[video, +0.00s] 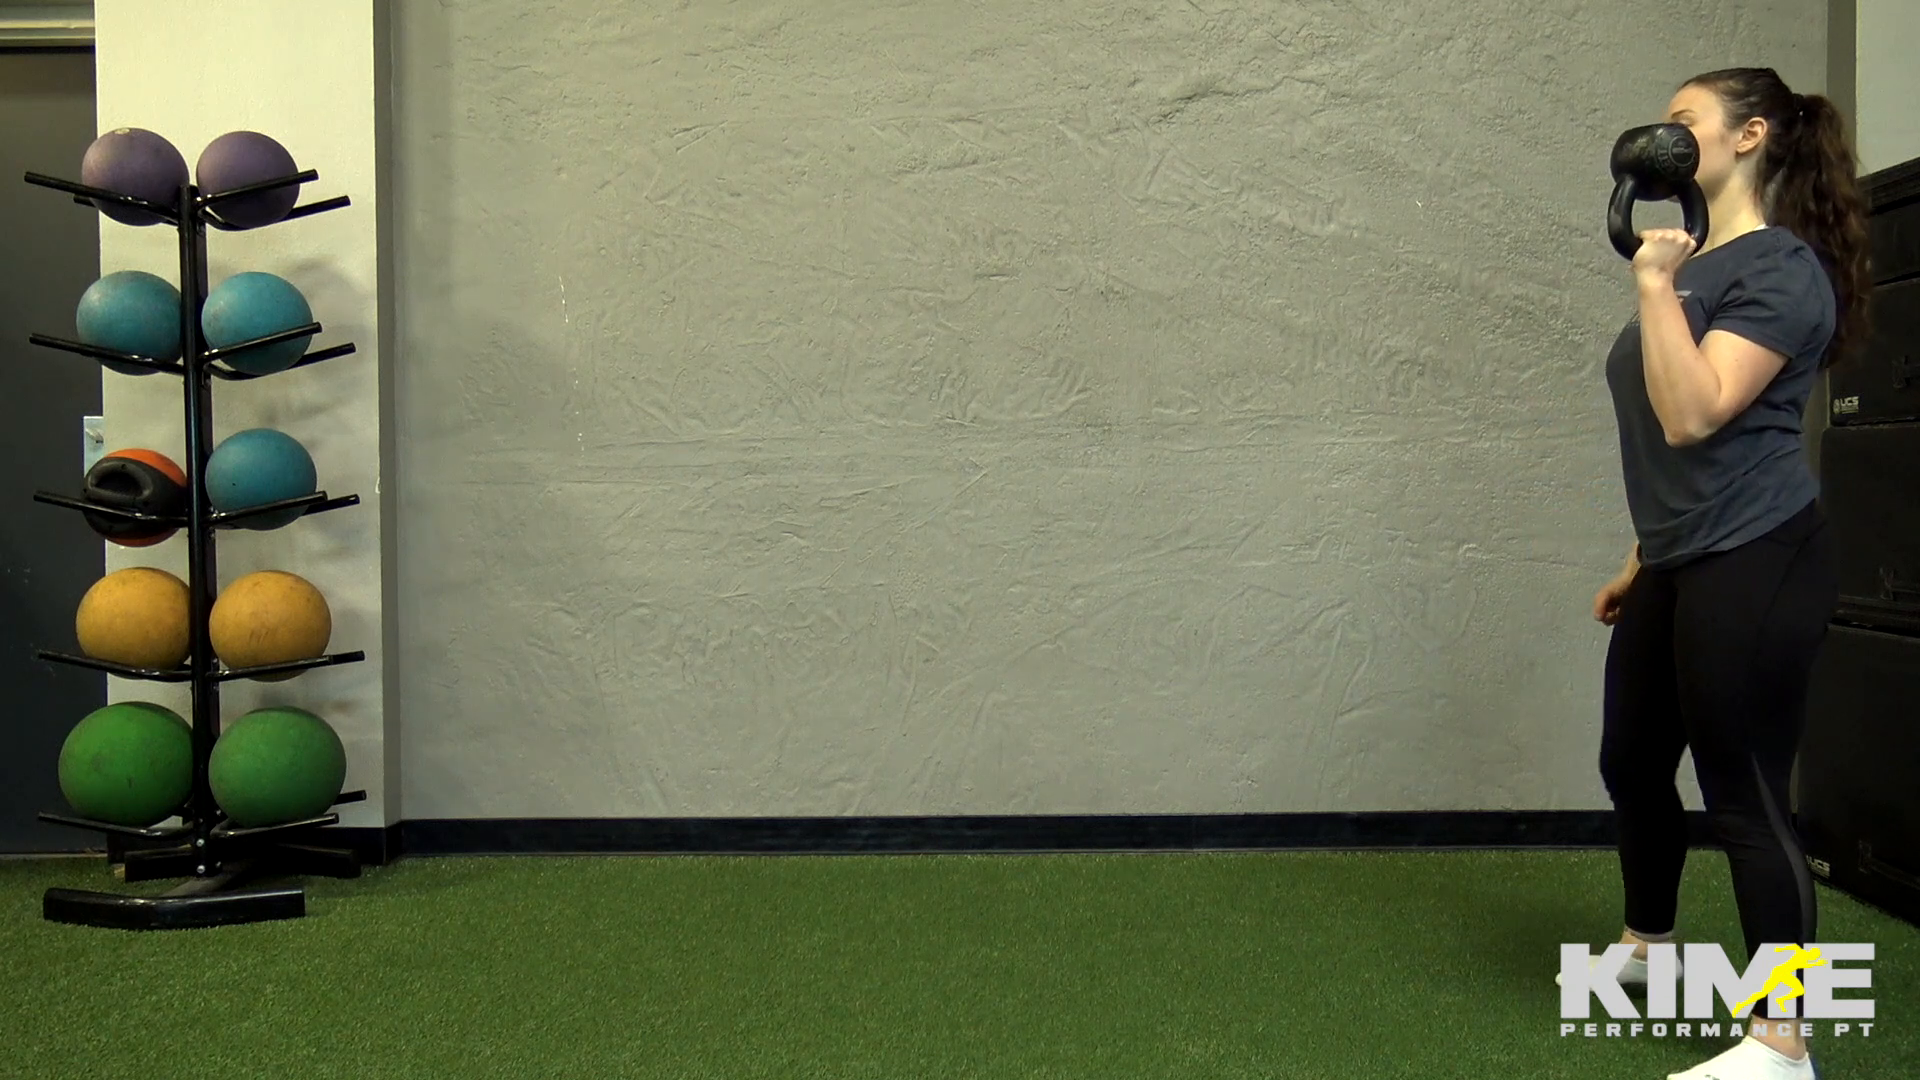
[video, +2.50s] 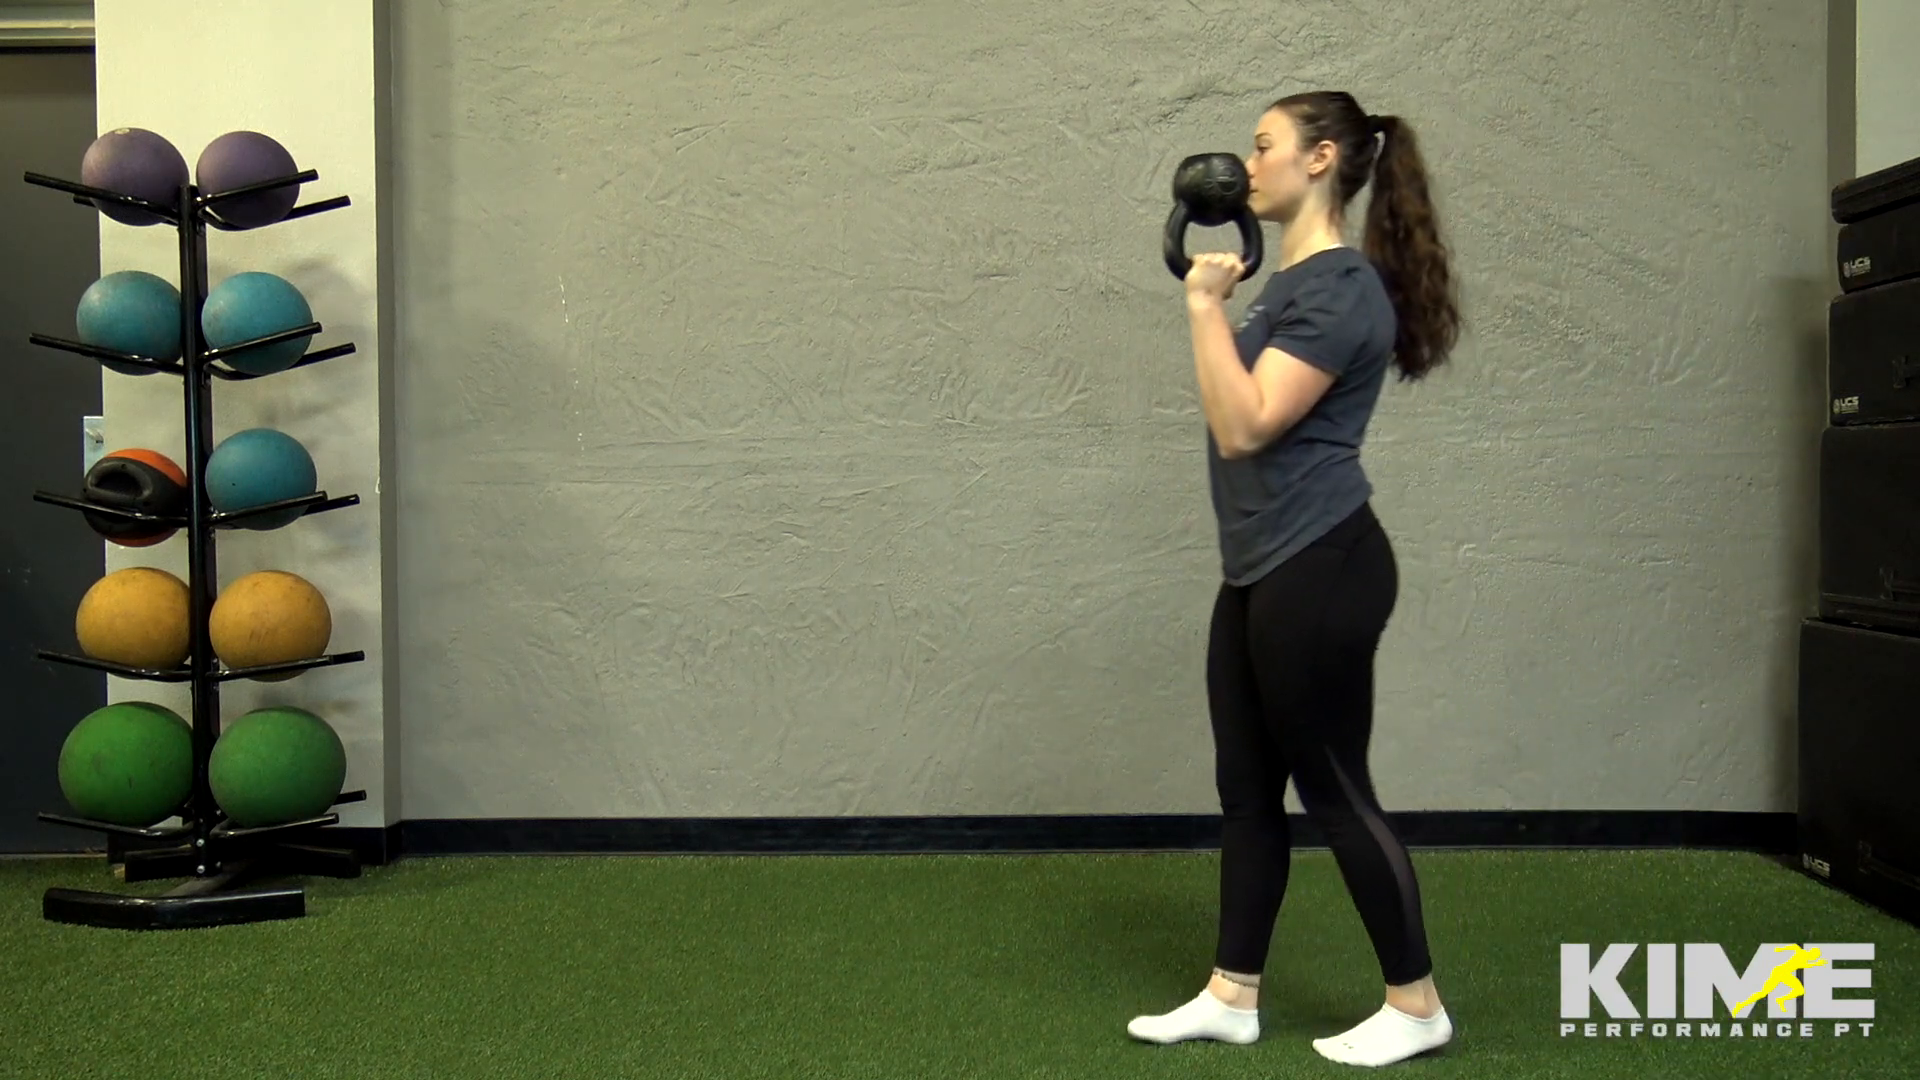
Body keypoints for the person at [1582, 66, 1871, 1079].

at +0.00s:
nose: (1665, 152)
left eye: (1684, 134)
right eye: (1666, 134)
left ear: (1751, 137)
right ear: (1733, 139)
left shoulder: (1784, 270)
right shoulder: (1701, 265)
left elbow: (1691, 416)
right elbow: (1685, 442)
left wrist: (1654, 284)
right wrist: (1643, 560)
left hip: (1755, 558)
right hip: (1676, 560)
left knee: (1743, 786)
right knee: (1633, 764)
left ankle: (1783, 1033)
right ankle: (1647, 952)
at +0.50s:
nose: (1628, 151)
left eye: (1647, 134)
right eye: (1630, 134)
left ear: (1716, 140)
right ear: (1699, 142)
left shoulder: (1743, 274)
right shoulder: (1653, 266)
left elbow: (1642, 413)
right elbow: (1644, 443)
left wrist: (1607, 284)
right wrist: (1606, 560)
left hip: (1718, 564)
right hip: (1633, 572)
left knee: (1724, 801)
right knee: (1624, 797)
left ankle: (1782, 1036)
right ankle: (1620, 1006)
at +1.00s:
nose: (1546, 155)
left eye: (1565, 140)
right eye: (1549, 140)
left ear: (1629, 151)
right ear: (1607, 153)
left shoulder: (1655, 283)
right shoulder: (1574, 274)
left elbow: (1558, 431)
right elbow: (1566, 442)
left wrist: (1520, 306)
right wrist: (1526, 553)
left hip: (1620, 560)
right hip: (1571, 564)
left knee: (1519, 783)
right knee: (1593, 793)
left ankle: (1626, 1001)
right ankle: (1623, 1000)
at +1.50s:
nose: (1451, 160)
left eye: (1470, 144)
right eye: (1453, 146)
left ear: (1532, 155)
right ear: (1513, 159)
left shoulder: (1555, 287)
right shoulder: (1488, 282)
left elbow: (1458, 433)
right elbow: (1491, 442)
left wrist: (1422, 311)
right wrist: (1454, 564)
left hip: (1526, 561)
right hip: (1495, 564)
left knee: (1459, 791)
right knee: (1523, 788)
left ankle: (1425, 1012)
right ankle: (1603, 993)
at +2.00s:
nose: (1352, 158)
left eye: (1370, 142)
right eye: (1355, 143)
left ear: (1430, 152)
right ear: (1414, 155)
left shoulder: (1454, 282)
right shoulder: (1391, 272)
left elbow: (1356, 420)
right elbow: (1347, 407)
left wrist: (1316, 300)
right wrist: (1320, 289)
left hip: (1422, 562)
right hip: (1358, 564)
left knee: (1405, 788)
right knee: (1306, 766)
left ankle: (1426, 1014)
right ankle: (1384, 965)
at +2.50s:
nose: (1247, 166)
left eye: (1264, 150)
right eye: (1251, 150)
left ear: (1321, 161)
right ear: (1313, 161)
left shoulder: (1344, 288)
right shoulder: (1289, 283)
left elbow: (1246, 424)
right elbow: (1245, 416)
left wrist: (1206, 306)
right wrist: (1212, 298)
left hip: (1322, 567)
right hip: (1255, 572)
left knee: (1335, 792)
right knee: (1250, 793)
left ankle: (1417, 1004)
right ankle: (1232, 996)